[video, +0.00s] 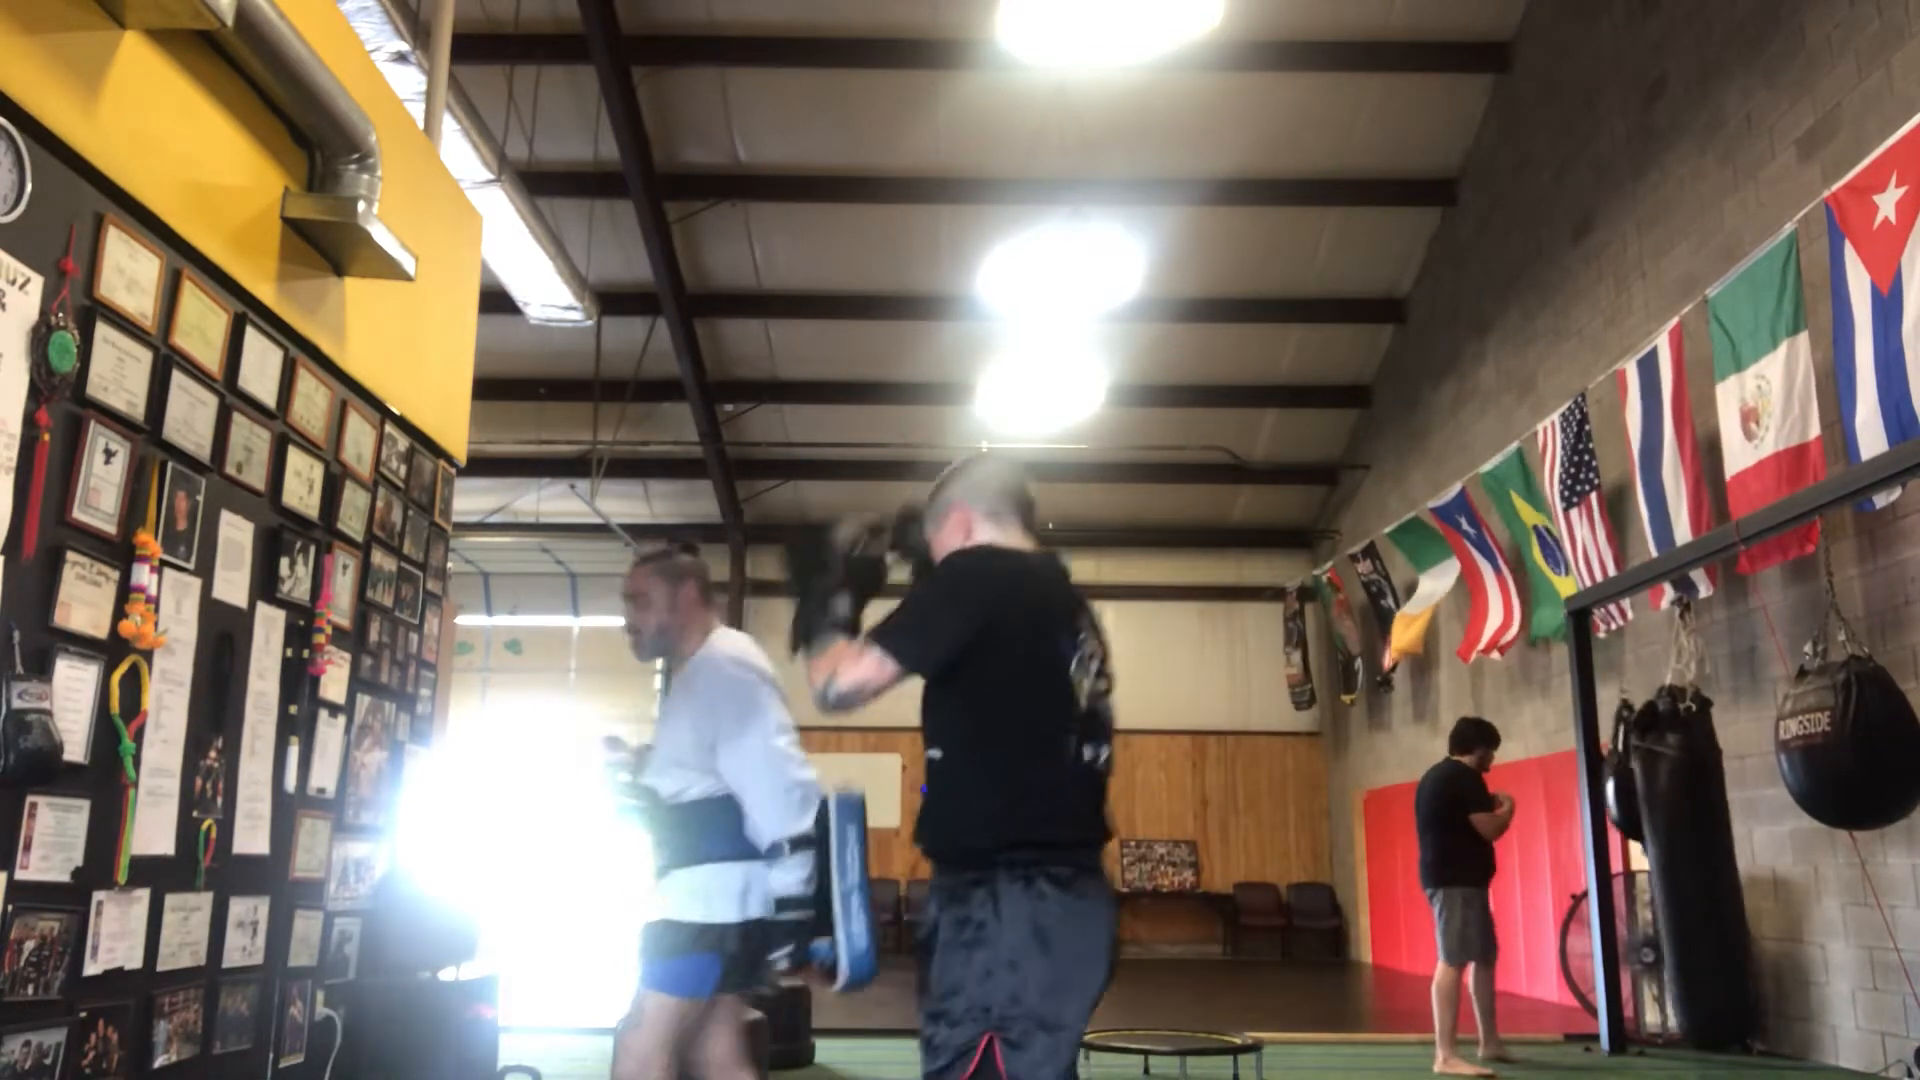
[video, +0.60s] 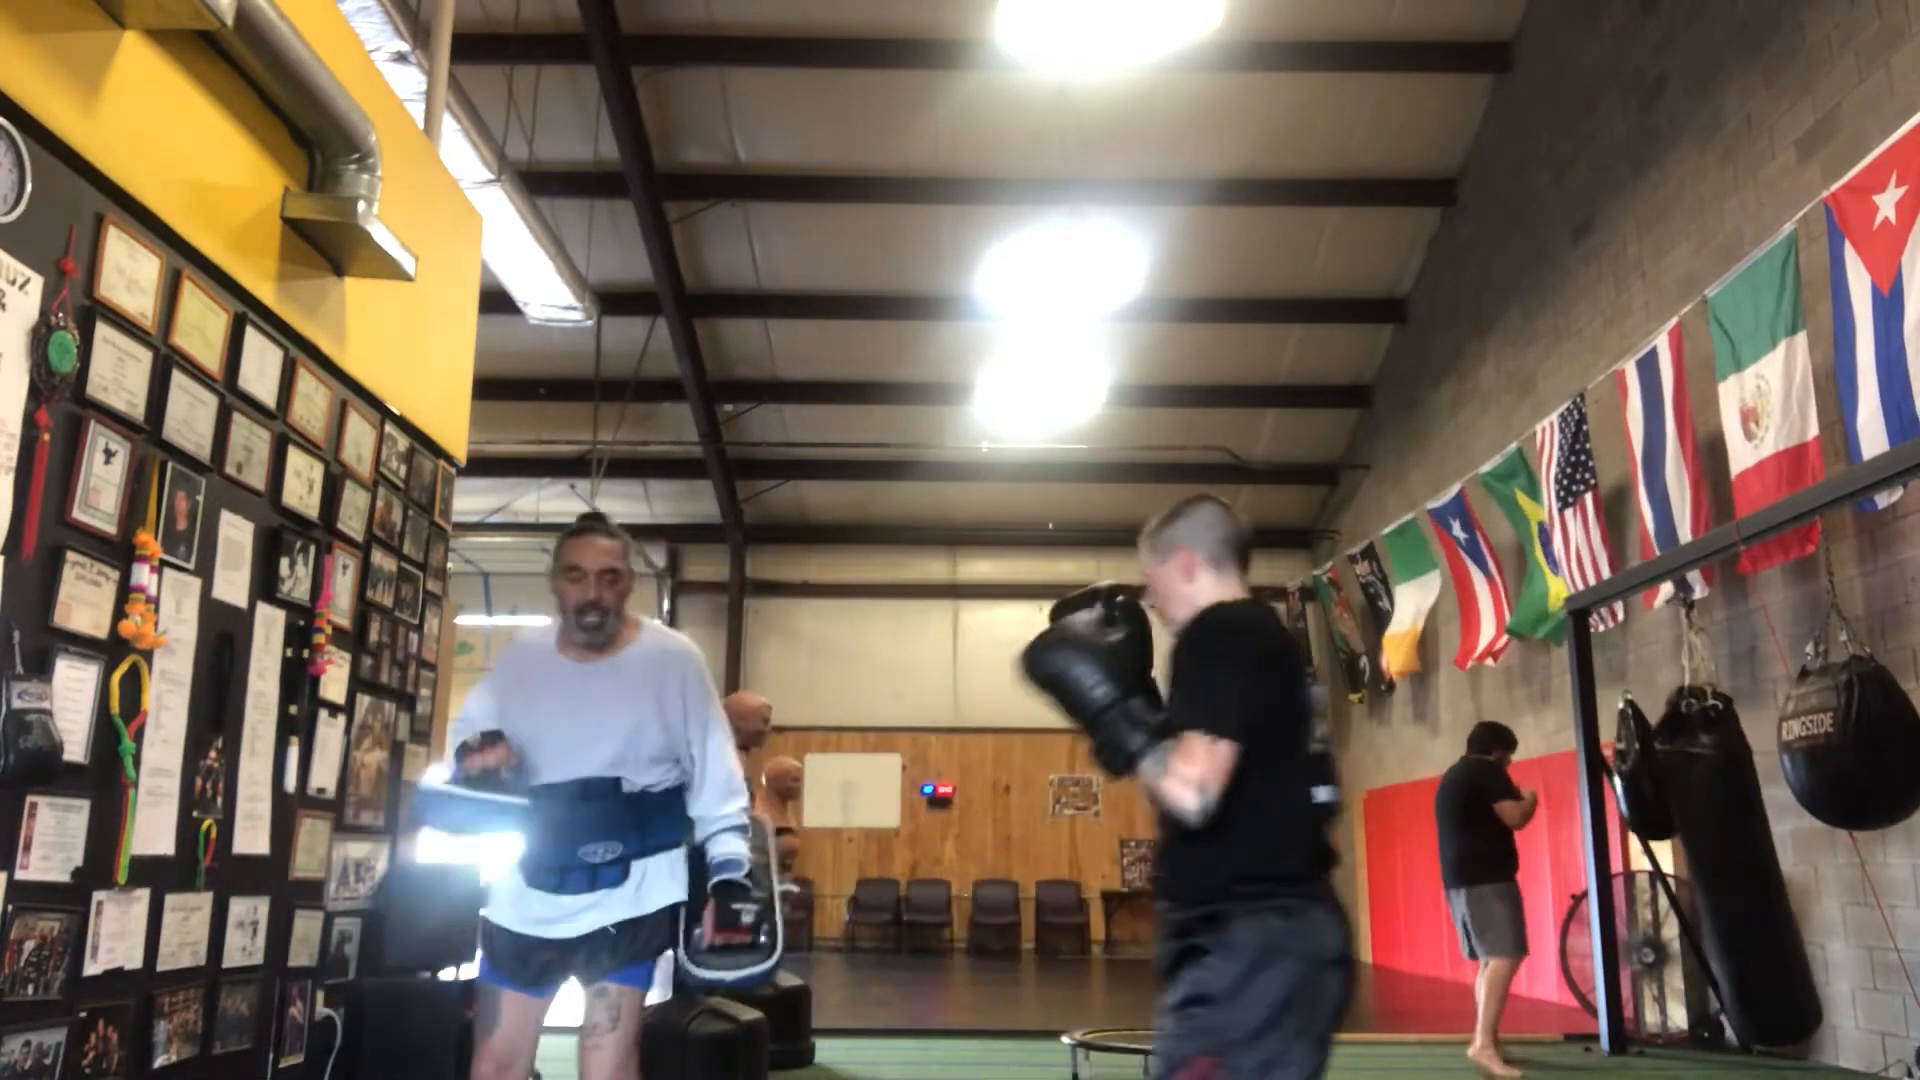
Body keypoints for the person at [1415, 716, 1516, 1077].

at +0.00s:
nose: (1492, 762)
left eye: (1493, 754)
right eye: (1490, 753)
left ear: (1458, 747)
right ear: (1475, 749)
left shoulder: (1435, 777)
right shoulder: (1463, 777)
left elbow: (1473, 826)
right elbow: (1489, 829)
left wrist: (1497, 808)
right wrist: (1507, 808)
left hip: (1464, 883)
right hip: (1455, 884)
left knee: (1483, 958)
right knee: (1451, 963)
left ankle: (1489, 1044)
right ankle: (1444, 1056)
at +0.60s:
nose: (1506, 763)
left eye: (1508, 758)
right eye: (1506, 757)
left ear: (1473, 748)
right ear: (1495, 752)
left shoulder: (1453, 776)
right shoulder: (1485, 772)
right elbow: (1515, 817)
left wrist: (1516, 799)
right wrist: (1530, 800)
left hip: (1462, 880)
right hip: (1486, 878)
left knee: (1488, 960)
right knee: (1505, 954)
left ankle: (1485, 1043)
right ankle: (1483, 1044)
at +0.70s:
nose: (1510, 762)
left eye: (1511, 757)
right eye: (1510, 757)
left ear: (1475, 748)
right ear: (1501, 752)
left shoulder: (1450, 775)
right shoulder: (1495, 768)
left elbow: (1468, 821)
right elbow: (1520, 807)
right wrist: (1547, 820)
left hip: (1459, 879)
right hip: (1491, 877)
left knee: (1486, 961)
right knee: (1511, 956)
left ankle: (1486, 1041)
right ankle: (1484, 1043)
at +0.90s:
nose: (1515, 765)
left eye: (1514, 761)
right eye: (1514, 760)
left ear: (1477, 754)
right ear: (1510, 757)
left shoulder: (1449, 777)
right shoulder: (1512, 775)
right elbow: (1559, 808)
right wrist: (1602, 814)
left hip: (1460, 880)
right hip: (1495, 878)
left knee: (1499, 960)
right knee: (1507, 960)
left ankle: (1490, 1040)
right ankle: (1479, 1049)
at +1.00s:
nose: (1519, 764)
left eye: (1518, 759)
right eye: (1518, 759)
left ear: (1482, 752)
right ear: (1512, 756)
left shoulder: (1463, 778)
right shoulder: (1507, 776)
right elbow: (1550, 811)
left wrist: (1570, 815)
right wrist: (1584, 814)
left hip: (1462, 882)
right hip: (1492, 882)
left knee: (1508, 961)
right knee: (1513, 959)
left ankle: (1482, 1043)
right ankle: (1481, 1048)